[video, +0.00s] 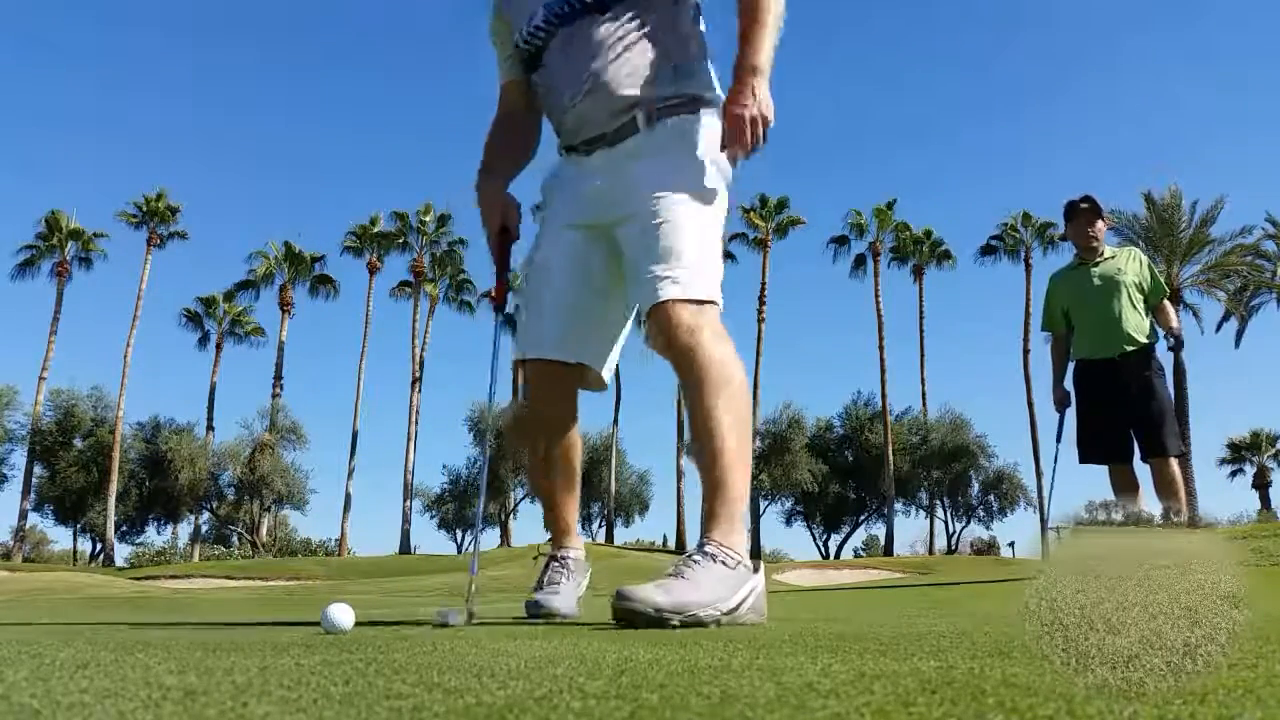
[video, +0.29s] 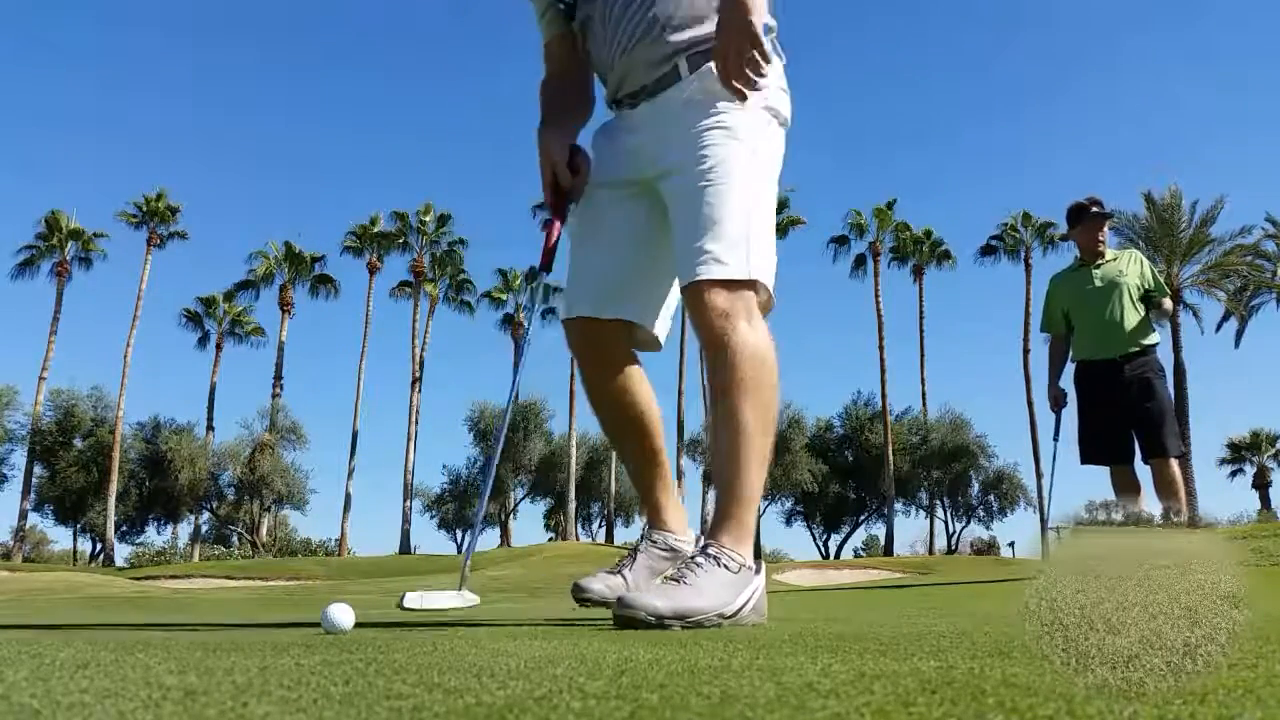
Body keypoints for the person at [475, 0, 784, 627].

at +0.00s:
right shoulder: (507, 8)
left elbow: (762, 2)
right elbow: (518, 102)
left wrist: (751, 73)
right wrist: (491, 180)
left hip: (671, 132)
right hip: (577, 166)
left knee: (682, 319)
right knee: (544, 368)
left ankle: (729, 556)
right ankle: (566, 553)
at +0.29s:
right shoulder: (558, 6)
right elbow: (565, 67)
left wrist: (741, 6)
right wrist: (555, 132)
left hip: (717, 78)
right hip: (624, 118)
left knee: (722, 301)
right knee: (593, 327)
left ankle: (733, 557)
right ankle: (669, 538)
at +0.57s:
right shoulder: (564, 7)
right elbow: (586, 61)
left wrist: (671, 41)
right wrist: (599, 120)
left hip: (738, 45)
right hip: (636, 85)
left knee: (732, 294)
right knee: (636, 321)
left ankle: (733, 561)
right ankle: (665, 554)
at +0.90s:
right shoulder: (536, 6)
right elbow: (583, 78)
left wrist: (667, 89)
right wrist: (605, 134)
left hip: (741, 56)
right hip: (642, 103)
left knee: (714, 280)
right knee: (636, 328)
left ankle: (741, 556)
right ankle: (664, 560)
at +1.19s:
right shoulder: (551, 6)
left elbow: (694, 5)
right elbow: (589, 78)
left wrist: (647, 127)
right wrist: (598, 157)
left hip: (752, 53)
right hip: (655, 101)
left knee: (740, 292)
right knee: (645, 325)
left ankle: (742, 562)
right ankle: (669, 557)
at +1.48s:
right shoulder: (545, 6)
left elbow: (692, 7)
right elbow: (591, 87)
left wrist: (644, 127)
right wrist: (599, 161)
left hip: (753, 56)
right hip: (657, 109)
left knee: (735, 289)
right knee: (645, 325)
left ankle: (741, 561)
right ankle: (667, 558)